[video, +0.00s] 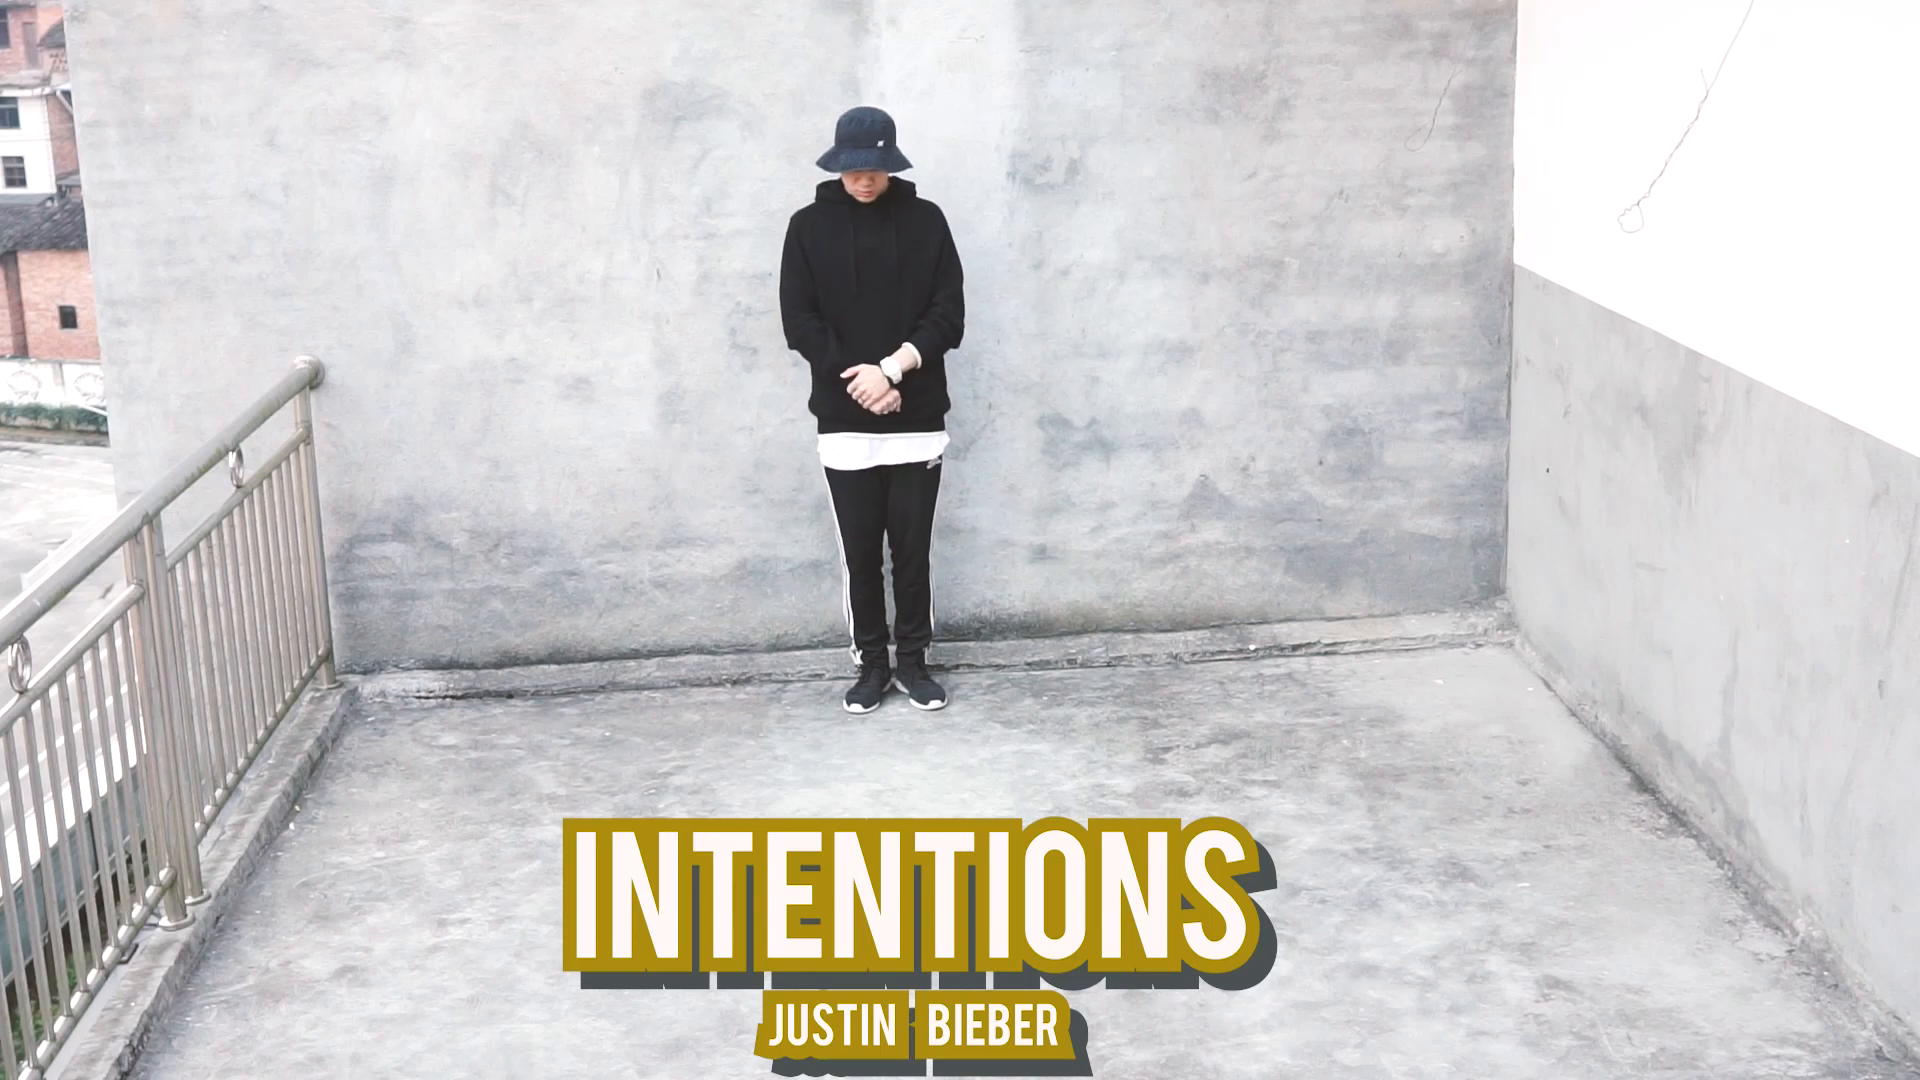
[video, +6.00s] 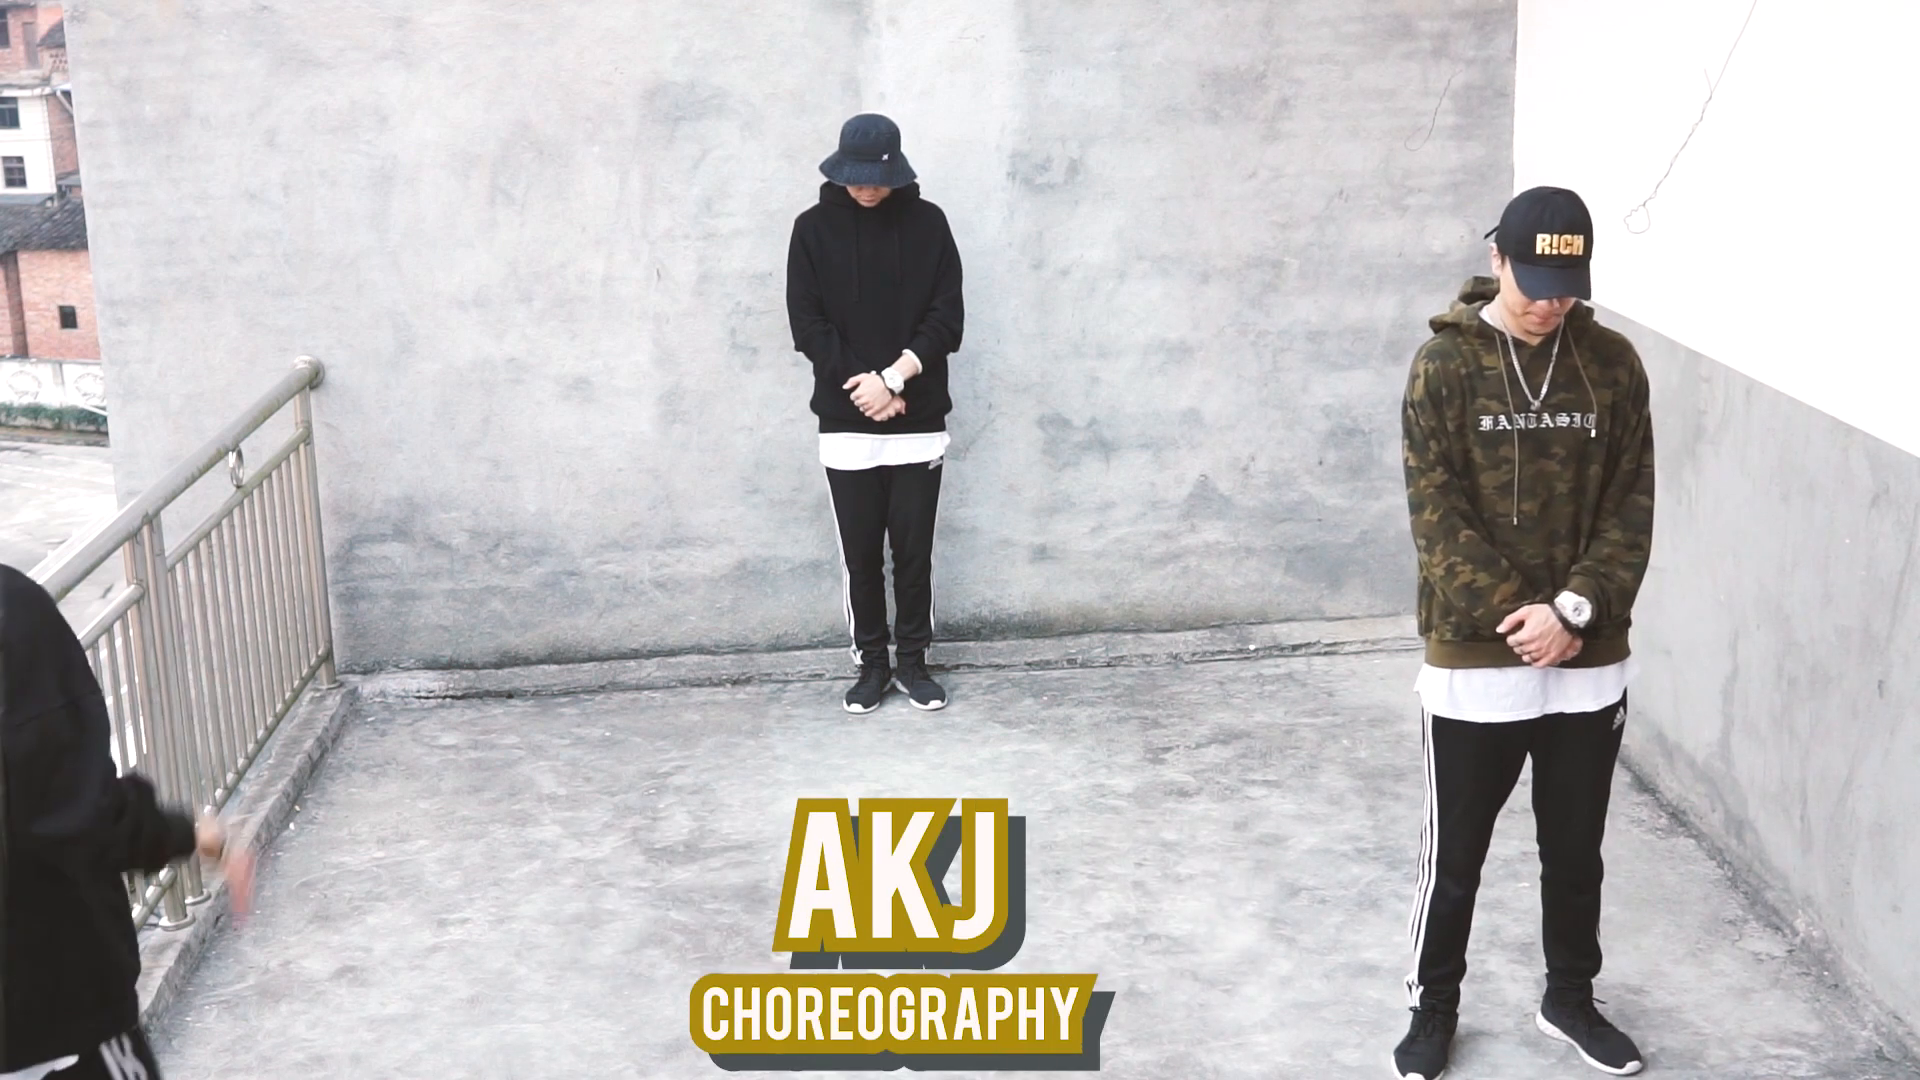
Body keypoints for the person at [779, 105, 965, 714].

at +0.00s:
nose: (864, 180)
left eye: (874, 169)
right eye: (853, 169)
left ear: (892, 166)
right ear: (837, 167)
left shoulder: (925, 219)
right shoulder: (809, 225)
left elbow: (949, 314)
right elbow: (799, 322)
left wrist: (893, 365)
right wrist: (860, 380)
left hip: (917, 412)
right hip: (843, 415)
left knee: (911, 548)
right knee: (860, 551)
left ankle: (913, 663)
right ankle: (872, 666)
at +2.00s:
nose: (868, 181)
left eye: (879, 171)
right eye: (857, 171)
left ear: (898, 167)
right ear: (842, 169)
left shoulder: (930, 222)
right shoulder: (817, 225)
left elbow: (950, 317)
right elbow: (808, 322)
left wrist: (896, 373)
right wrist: (865, 387)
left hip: (920, 415)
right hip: (846, 417)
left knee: (914, 549)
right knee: (862, 552)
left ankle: (913, 662)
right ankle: (872, 666)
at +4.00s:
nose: (867, 183)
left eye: (878, 173)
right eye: (856, 172)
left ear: (897, 168)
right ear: (841, 169)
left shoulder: (929, 221)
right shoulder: (815, 226)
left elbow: (949, 318)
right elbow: (807, 323)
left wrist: (895, 373)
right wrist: (863, 386)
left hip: (920, 413)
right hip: (845, 416)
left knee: (913, 547)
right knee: (861, 551)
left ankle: (912, 663)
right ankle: (872, 666)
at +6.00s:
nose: (866, 190)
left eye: (878, 179)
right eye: (856, 179)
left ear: (896, 173)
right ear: (840, 173)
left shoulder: (927, 221)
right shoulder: (814, 228)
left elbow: (947, 317)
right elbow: (807, 325)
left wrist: (894, 374)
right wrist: (862, 386)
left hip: (919, 414)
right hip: (844, 418)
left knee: (913, 549)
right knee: (861, 552)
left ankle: (913, 664)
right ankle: (872, 666)